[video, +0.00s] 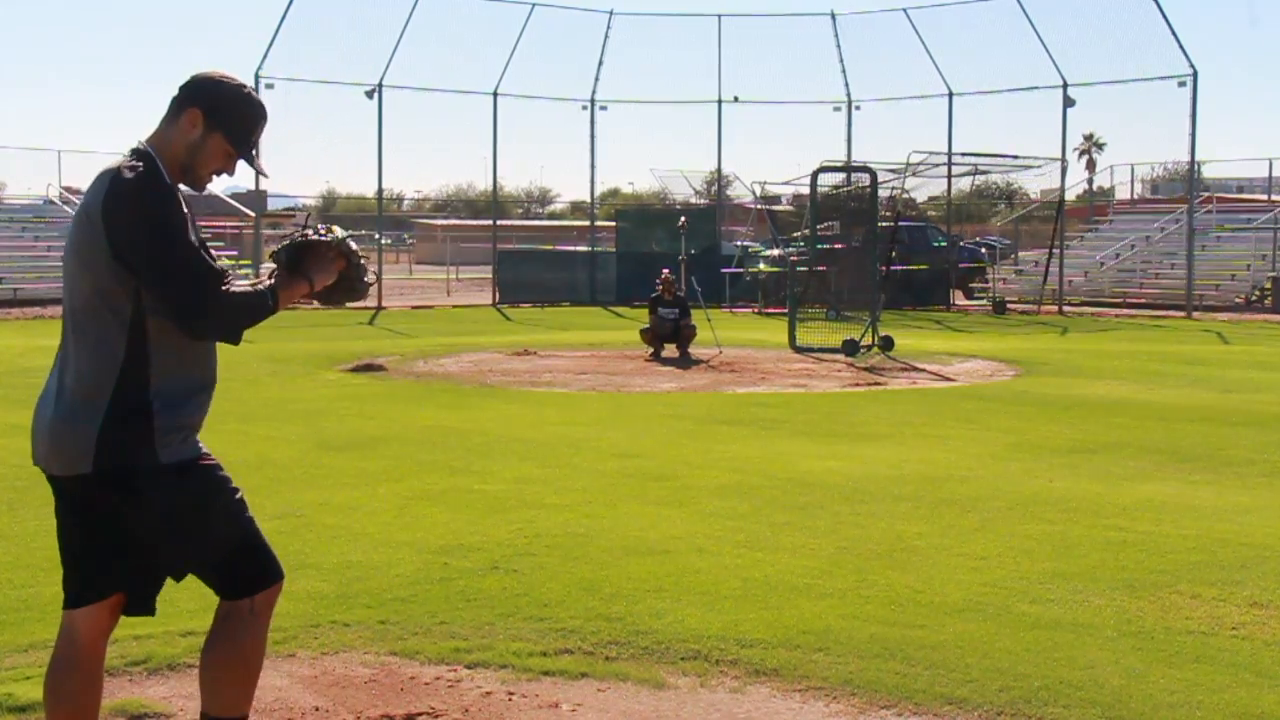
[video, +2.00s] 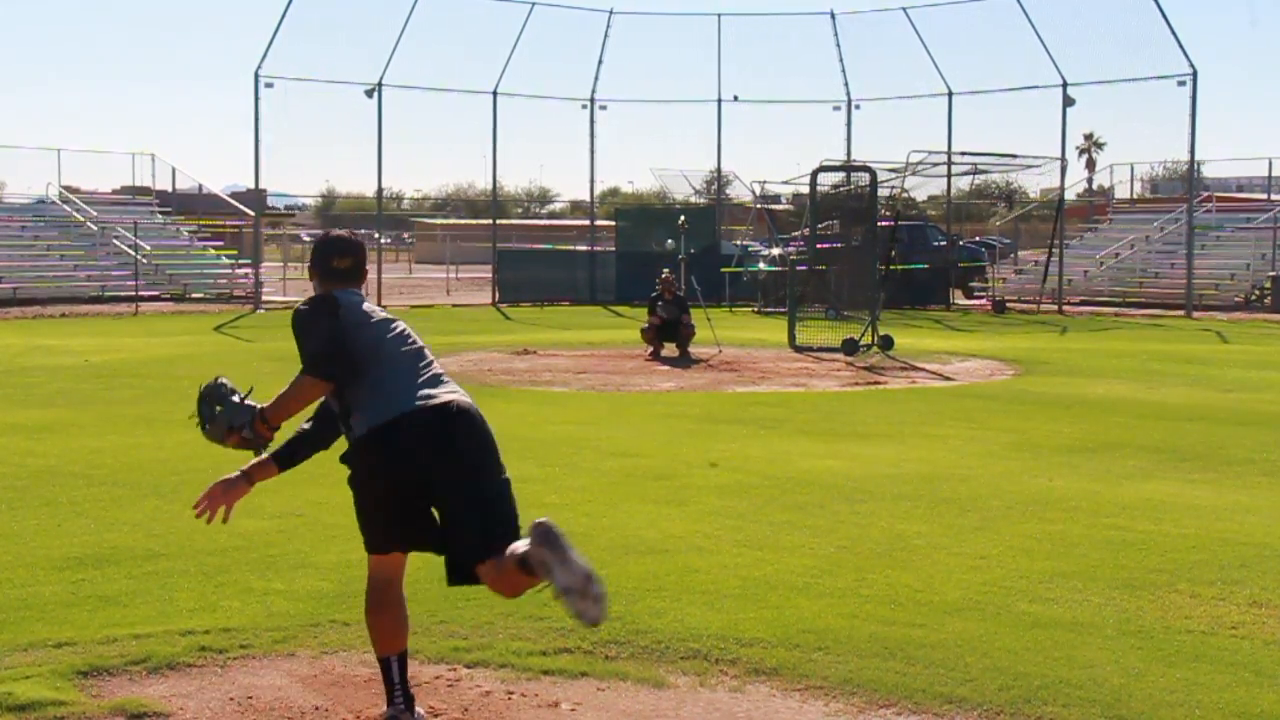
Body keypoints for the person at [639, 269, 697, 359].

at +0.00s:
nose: (668, 286)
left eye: (671, 284)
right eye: (665, 284)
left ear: (674, 285)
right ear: (662, 285)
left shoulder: (681, 300)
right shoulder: (654, 299)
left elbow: (686, 319)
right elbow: (652, 318)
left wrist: (674, 325)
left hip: (677, 329)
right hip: (660, 330)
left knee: (690, 329)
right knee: (645, 332)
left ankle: (683, 350)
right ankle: (657, 348)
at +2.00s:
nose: (667, 286)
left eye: (670, 283)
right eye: (664, 283)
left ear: (674, 285)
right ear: (660, 285)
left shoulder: (680, 299)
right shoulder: (654, 299)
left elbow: (686, 316)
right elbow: (651, 318)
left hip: (677, 326)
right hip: (661, 326)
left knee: (688, 328)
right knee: (646, 331)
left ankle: (683, 349)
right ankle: (657, 347)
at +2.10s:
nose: (667, 285)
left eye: (670, 282)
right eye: (665, 283)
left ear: (674, 284)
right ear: (661, 284)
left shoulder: (679, 298)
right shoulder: (654, 299)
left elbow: (690, 316)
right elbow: (650, 318)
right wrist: (659, 321)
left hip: (675, 326)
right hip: (660, 325)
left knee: (689, 329)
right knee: (646, 331)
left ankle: (683, 350)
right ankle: (656, 348)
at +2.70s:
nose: (666, 287)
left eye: (669, 284)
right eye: (664, 284)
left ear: (673, 284)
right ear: (659, 285)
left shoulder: (678, 296)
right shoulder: (655, 297)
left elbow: (687, 305)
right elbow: (649, 317)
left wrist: (680, 306)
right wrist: (651, 315)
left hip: (675, 327)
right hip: (660, 328)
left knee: (687, 331)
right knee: (645, 331)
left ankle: (683, 350)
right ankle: (656, 348)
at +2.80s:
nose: (666, 285)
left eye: (669, 282)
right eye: (663, 282)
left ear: (673, 283)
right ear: (659, 283)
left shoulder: (678, 295)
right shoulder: (655, 296)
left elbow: (685, 304)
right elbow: (649, 318)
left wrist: (679, 306)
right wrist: (649, 305)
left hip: (676, 330)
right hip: (660, 330)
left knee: (687, 332)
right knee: (645, 332)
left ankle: (683, 349)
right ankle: (656, 348)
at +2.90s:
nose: (666, 282)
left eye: (668, 279)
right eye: (663, 279)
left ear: (673, 280)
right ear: (659, 280)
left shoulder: (678, 293)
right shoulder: (655, 295)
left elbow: (681, 303)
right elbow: (646, 315)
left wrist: (675, 303)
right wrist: (638, 308)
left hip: (677, 330)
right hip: (661, 331)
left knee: (686, 334)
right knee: (646, 334)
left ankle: (682, 349)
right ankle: (656, 347)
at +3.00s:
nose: (666, 280)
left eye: (669, 277)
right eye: (663, 277)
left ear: (673, 278)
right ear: (659, 278)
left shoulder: (678, 292)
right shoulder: (657, 294)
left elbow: (678, 300)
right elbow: (644, 308)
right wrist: (631, 303)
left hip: (676, 330)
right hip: (661, 330)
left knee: (684, 337)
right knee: (646, 336)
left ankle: (683, 350)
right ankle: (656, 348)